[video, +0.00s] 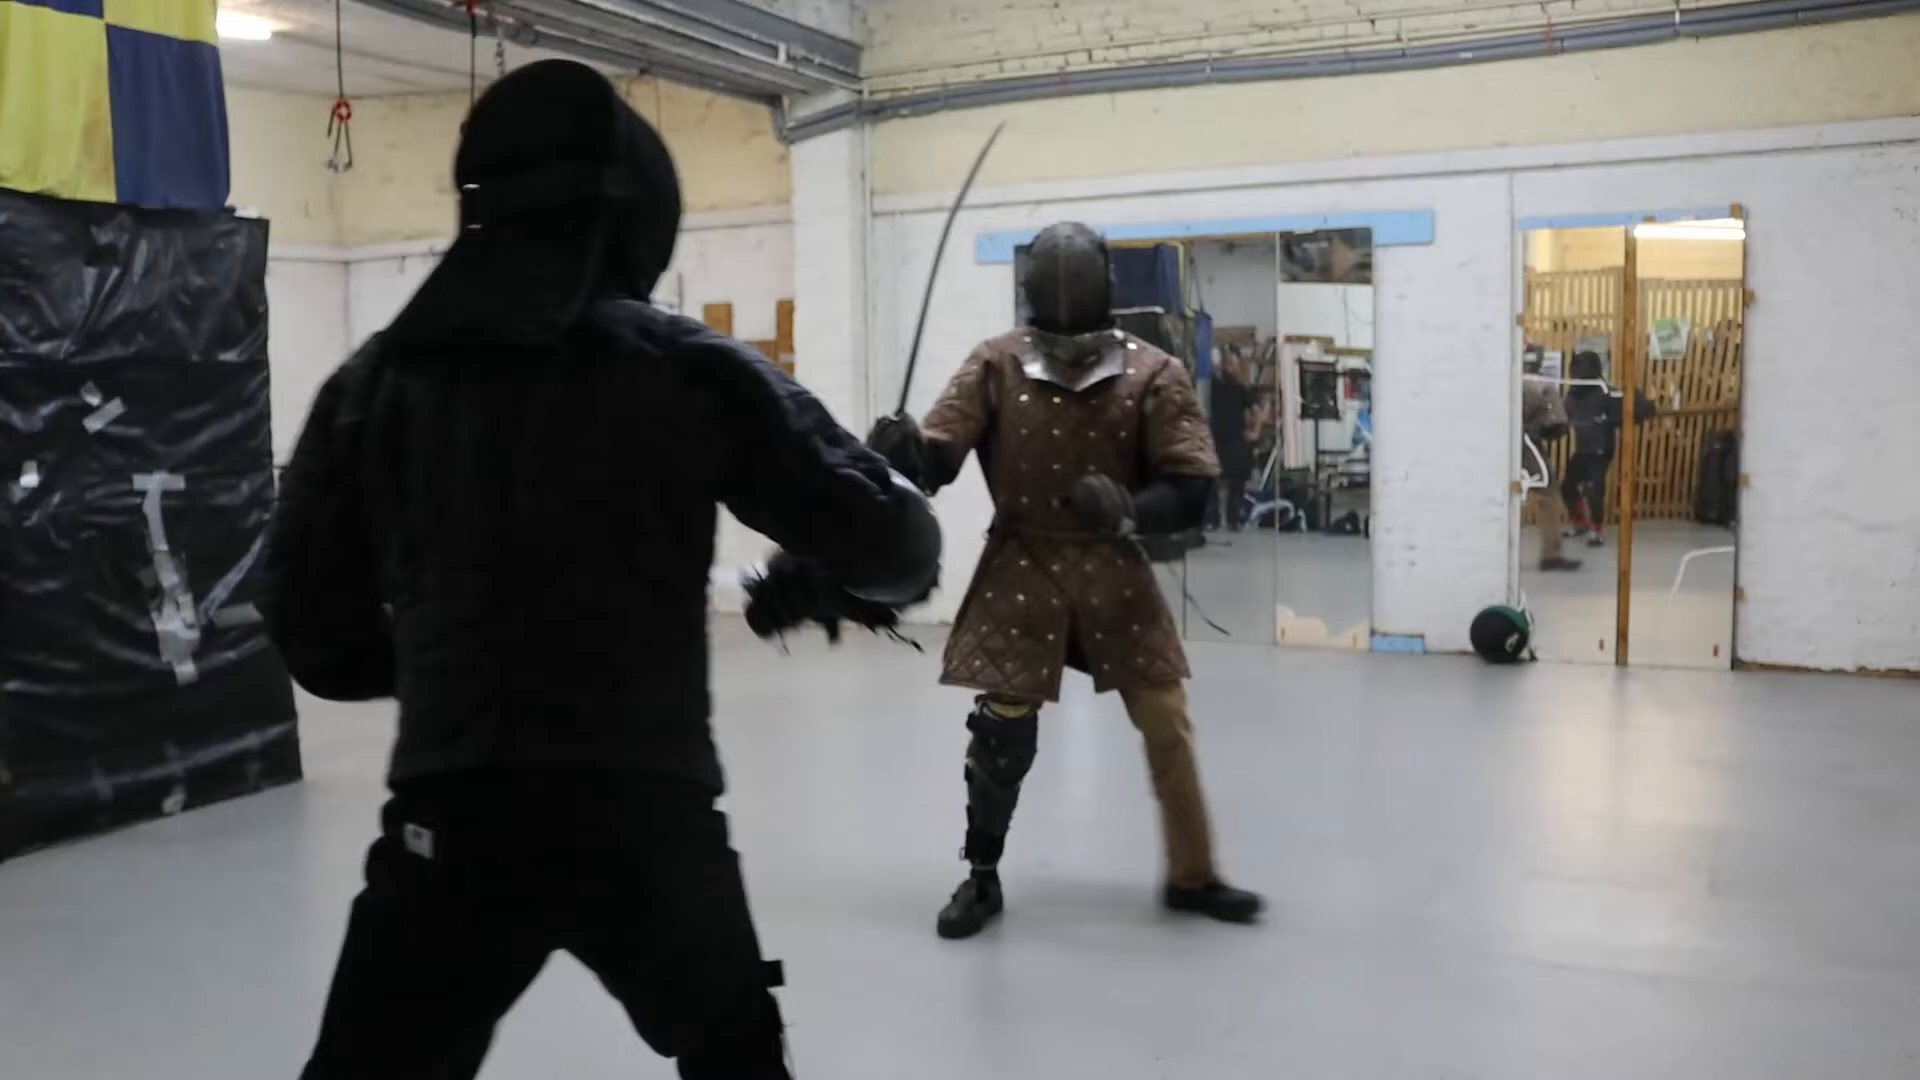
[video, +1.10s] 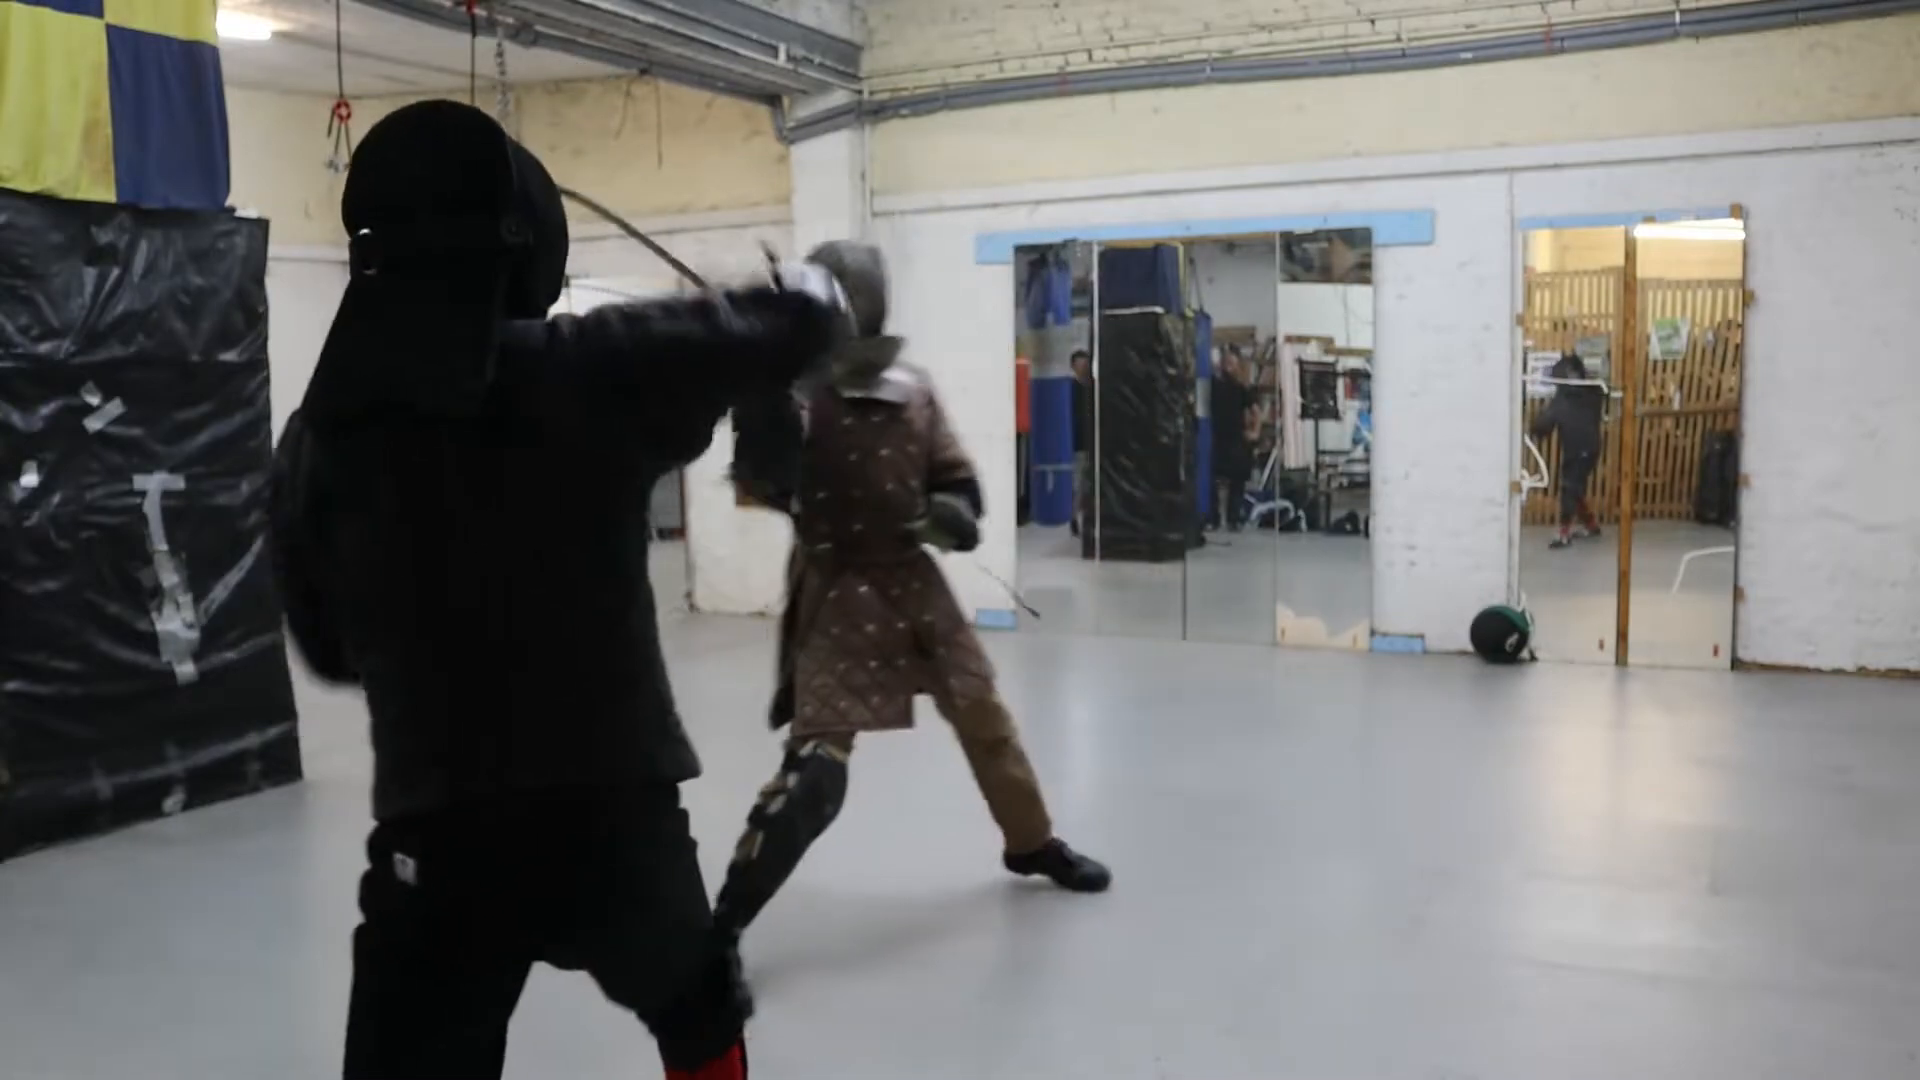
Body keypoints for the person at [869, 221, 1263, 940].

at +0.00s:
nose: (1062, 326)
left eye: (1077, 311)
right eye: (1048, 310)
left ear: (1102, 301)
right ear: (1030, 301)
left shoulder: (1153, 375)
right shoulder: (994, 368)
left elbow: (1195, 492)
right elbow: (935, 462)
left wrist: (1132, 508)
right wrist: (906, 449)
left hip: (1117, 572)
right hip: (1021, 570)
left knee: (1168, 722)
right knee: (1000, 729)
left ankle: (1192, 878)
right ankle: (979, 880)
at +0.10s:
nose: (1056, 352)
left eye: (1069, 337)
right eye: (1041, 338)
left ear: (1092, 307)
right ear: (1019, 311)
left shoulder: (1139, 372)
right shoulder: (981, 368)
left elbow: (1178, 486)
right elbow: (923, 465)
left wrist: (1113, 499)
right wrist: (893, 451)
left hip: (1102, 567)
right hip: (1010, 566)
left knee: (1143, 709)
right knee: (1001, 722)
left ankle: (1133, 868)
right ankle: (981, 877)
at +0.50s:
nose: (1016, 336)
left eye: (1030, 321)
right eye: (1001, 321)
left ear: (1053, 300)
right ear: (980, 304)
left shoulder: (1098, 370)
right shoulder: (948, 371)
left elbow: (1128, 482)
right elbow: (912, 477)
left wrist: (1052, 487)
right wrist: (915, 524)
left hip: (1061, 572)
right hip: (974, 570)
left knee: (1051, 731)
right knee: (978, 726)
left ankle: (1022, 856)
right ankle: (973, 869)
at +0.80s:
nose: (978, 359)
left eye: (992, 345)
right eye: (964, 344)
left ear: (1014, 323)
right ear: (942, 325)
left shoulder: (1062, 389)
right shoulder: (910, 388)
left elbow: (1110, 496)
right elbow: (872, 492)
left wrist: (1050, 513)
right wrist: (844, 506)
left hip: (1027, 581)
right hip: (942, 581)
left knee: (1054, 733)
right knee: (945, 734)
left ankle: (1021, 861)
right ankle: (901, 905)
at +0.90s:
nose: (954, 368)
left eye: (969, 354)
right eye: (939, 352)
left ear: (990, 332)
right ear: (917, 332)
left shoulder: (1033, 397)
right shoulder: (884, 394)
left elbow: (1083, 505)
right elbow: (834, 496)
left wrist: (1034, 520)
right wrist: (798, 478)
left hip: (1004, 587)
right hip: (919, 588)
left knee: (1048, 730)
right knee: (913, 748)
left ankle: (1022, 859)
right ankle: (840, 917)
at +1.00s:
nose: (911, 327)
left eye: (923, 311)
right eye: (896, 312)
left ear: (940, 312)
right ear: (872, 312)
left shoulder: (983, 396)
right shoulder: (838, 394)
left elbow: (1033, 493)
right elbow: (789, 468)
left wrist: (1007, 517)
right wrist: (817, 475)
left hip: (965, 589)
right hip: (879, 594)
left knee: (1017, 730)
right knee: (858, 768)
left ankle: (1031, 855)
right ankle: (770, 925)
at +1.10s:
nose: (857, 335)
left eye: (867, 319)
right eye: (843, 320)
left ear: (878, 316)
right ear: (813, 320)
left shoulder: (909, 386)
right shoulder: (792, 397)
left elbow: (954, 475)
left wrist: (952, 507)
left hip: (916, 581)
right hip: (834, 589)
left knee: (986, 720)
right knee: (814, 782)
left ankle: (1030, 844)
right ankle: (720, 933)